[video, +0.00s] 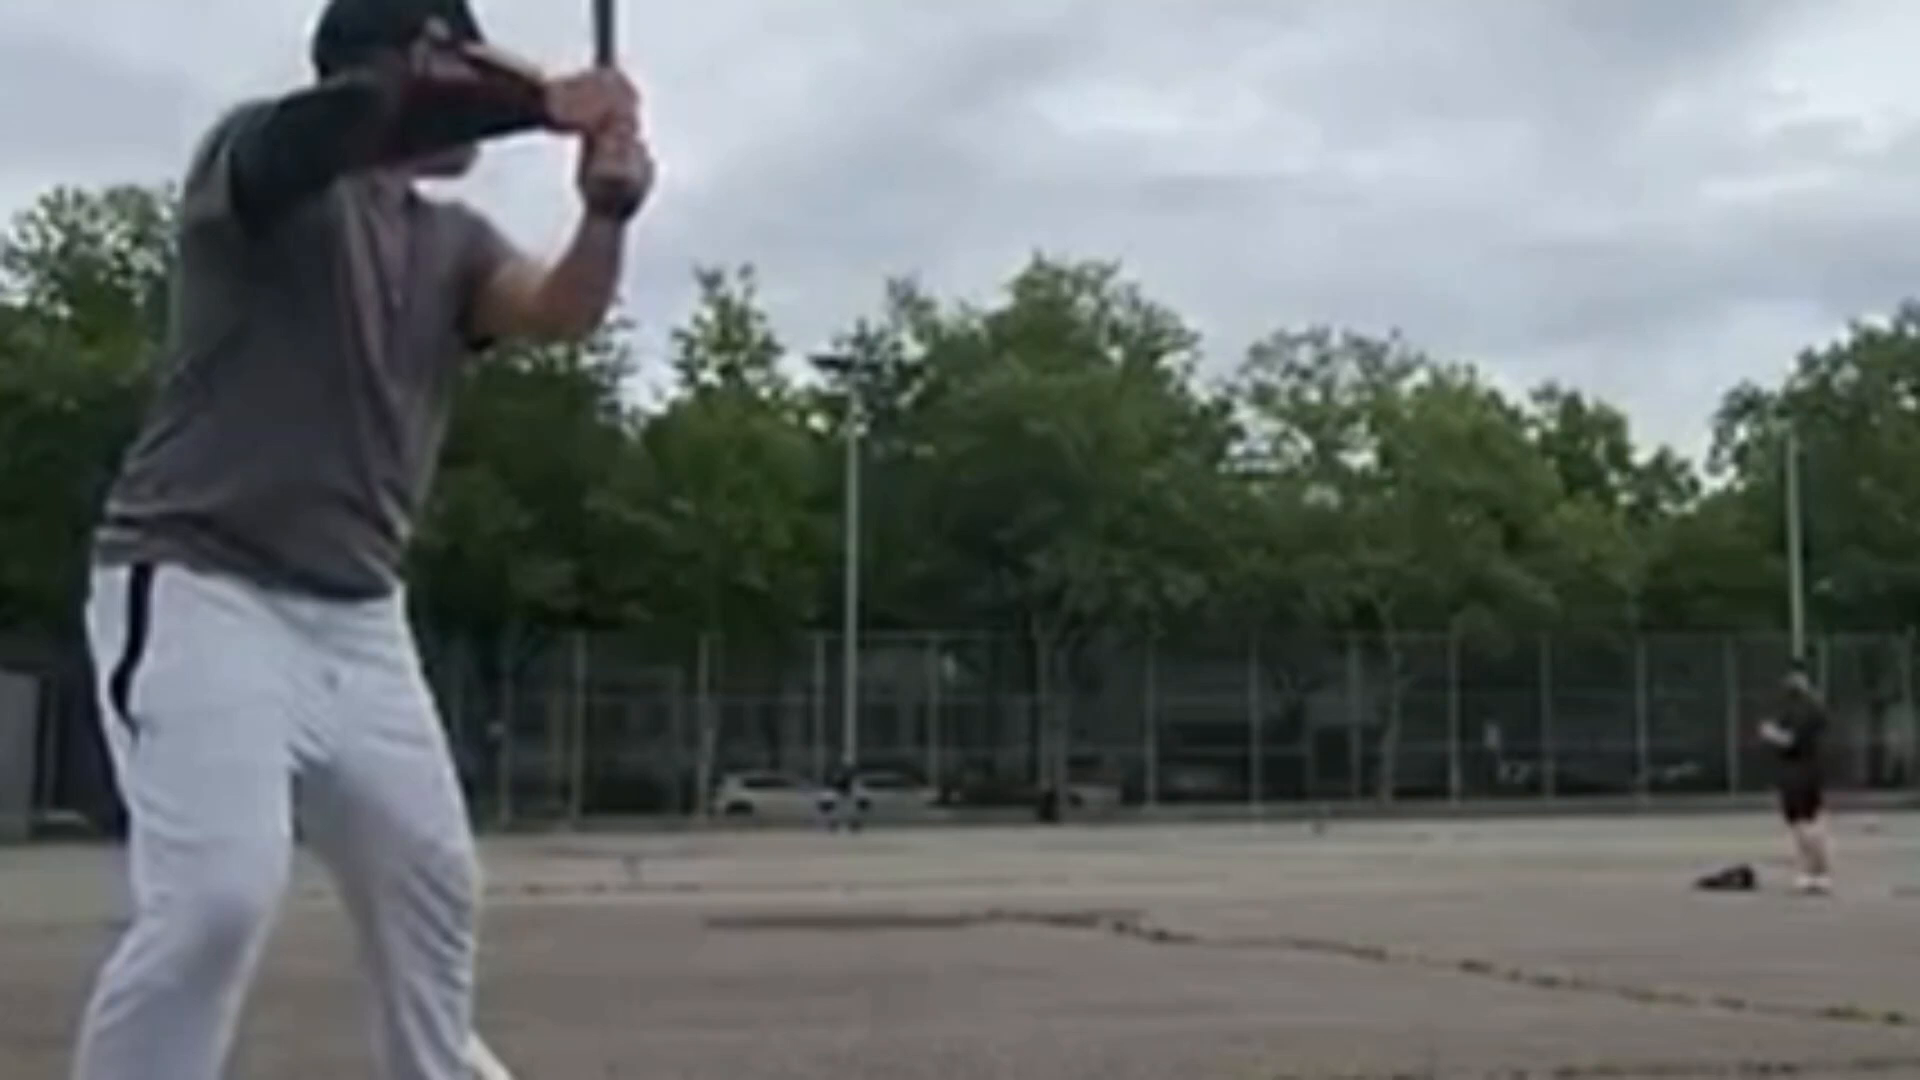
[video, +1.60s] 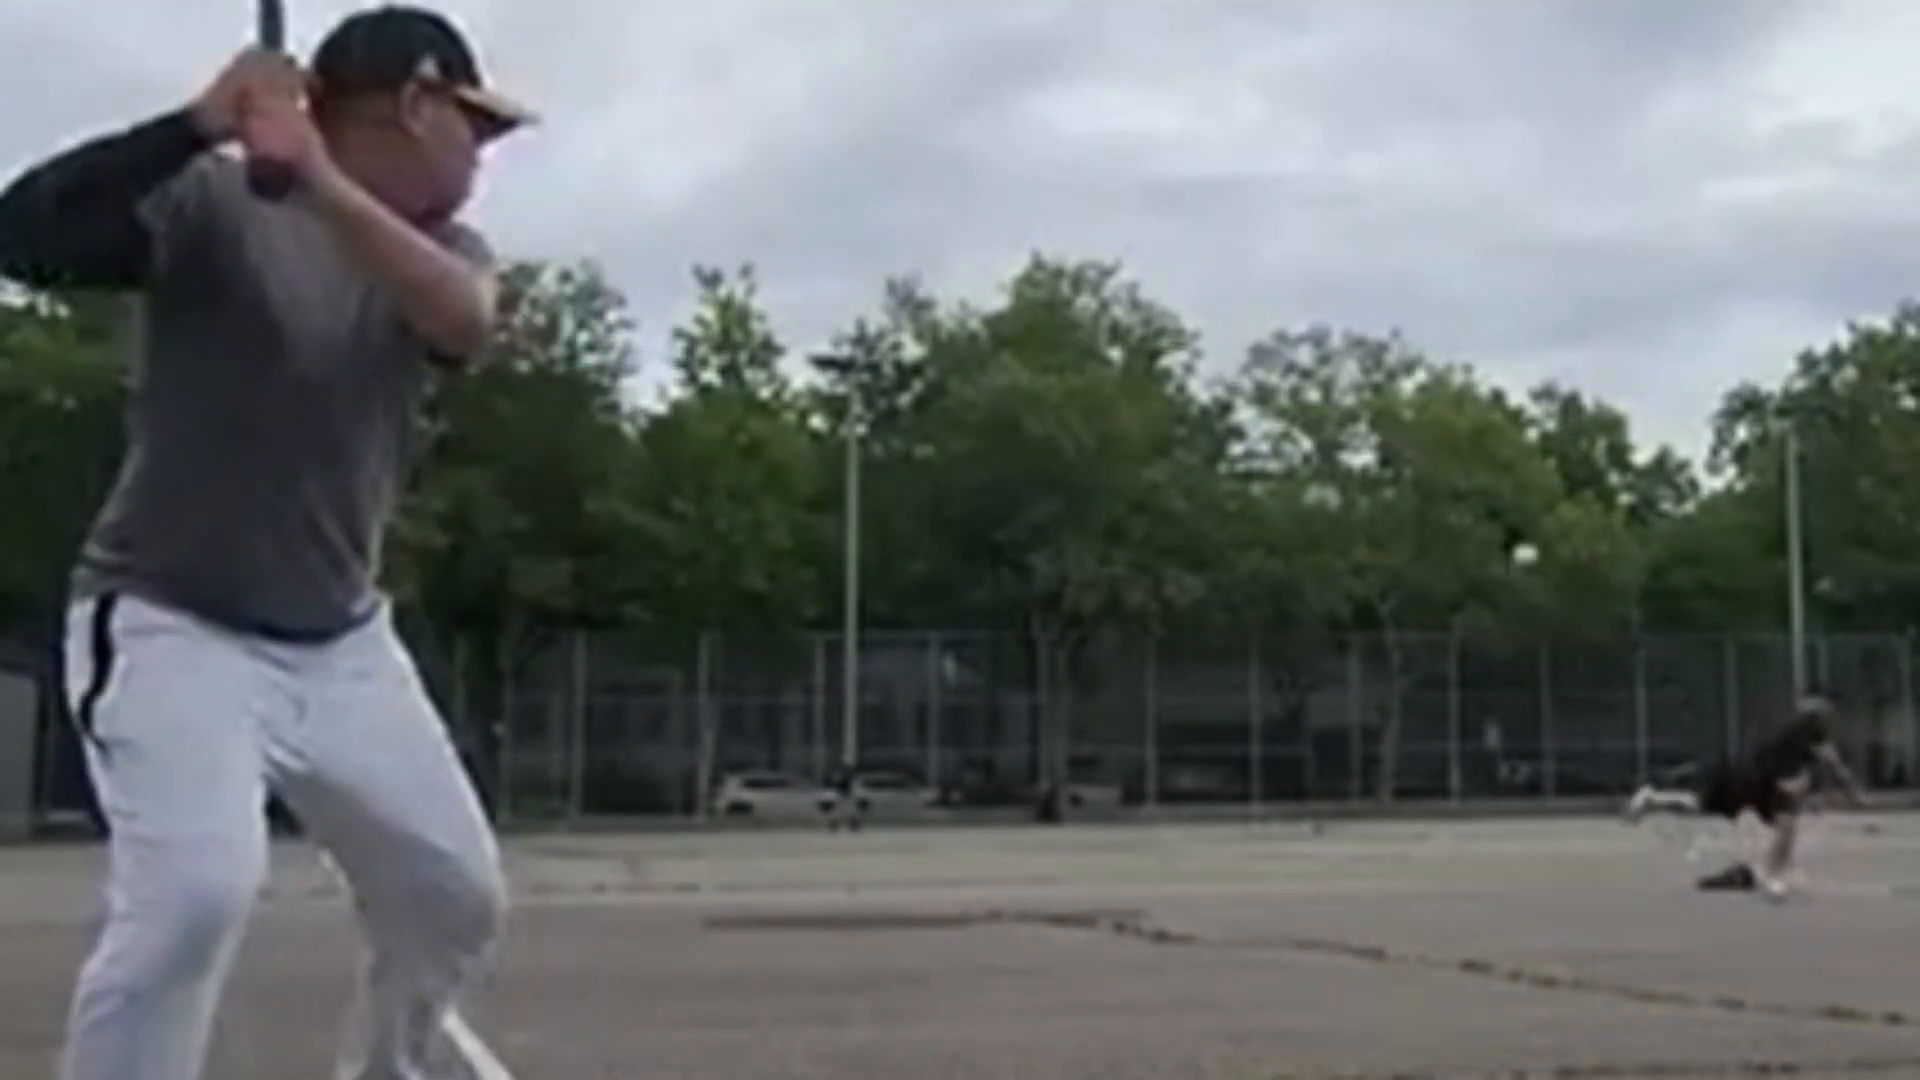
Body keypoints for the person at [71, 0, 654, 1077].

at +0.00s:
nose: (455, 86)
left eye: (463, 66)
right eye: (435, 60)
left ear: (456, 88)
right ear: (365, 68)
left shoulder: (450, 239)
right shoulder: (249, 166)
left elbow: (563, 309)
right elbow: (368, 111)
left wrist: (605, 213)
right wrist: (543, 102)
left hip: (358, 616)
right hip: (197, 593)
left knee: (432, 877)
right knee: (218, 897)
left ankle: (439, 1062)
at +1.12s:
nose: (486, 118)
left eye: (485, 98)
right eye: (477, 94)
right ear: (434, 84)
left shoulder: (443, 260)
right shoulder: (258, 192)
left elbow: (535, 354)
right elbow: (229, 202)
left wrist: (527, 248)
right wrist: (435, 146)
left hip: (338, 626)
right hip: (168, 611)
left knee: (454, 879)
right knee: (220, 898)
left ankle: (455, 1067)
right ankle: (129, 1071)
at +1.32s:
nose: (483, 123)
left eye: (484, 101)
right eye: (469, 96)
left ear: (420, 88)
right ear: (392, 80)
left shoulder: (426, 242)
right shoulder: (243, 184)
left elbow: (503, 337)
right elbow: (78, 207)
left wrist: (414, 192)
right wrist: (288, 107)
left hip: (331, 624)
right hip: (154, 611)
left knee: (434, 896)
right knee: (204, 897)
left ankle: (443, 1062)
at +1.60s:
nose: (481, 149)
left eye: (482, 126)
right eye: (469, 121)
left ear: (404, 112)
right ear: (403, 108)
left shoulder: (445, 253)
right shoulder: (217, 200)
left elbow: (468, 322)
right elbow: (25, 233)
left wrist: (320, 179)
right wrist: (191, 128)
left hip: (344, 646)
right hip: (172, 631)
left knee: (455, 897)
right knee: (195, 893)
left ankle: (394, 1060)